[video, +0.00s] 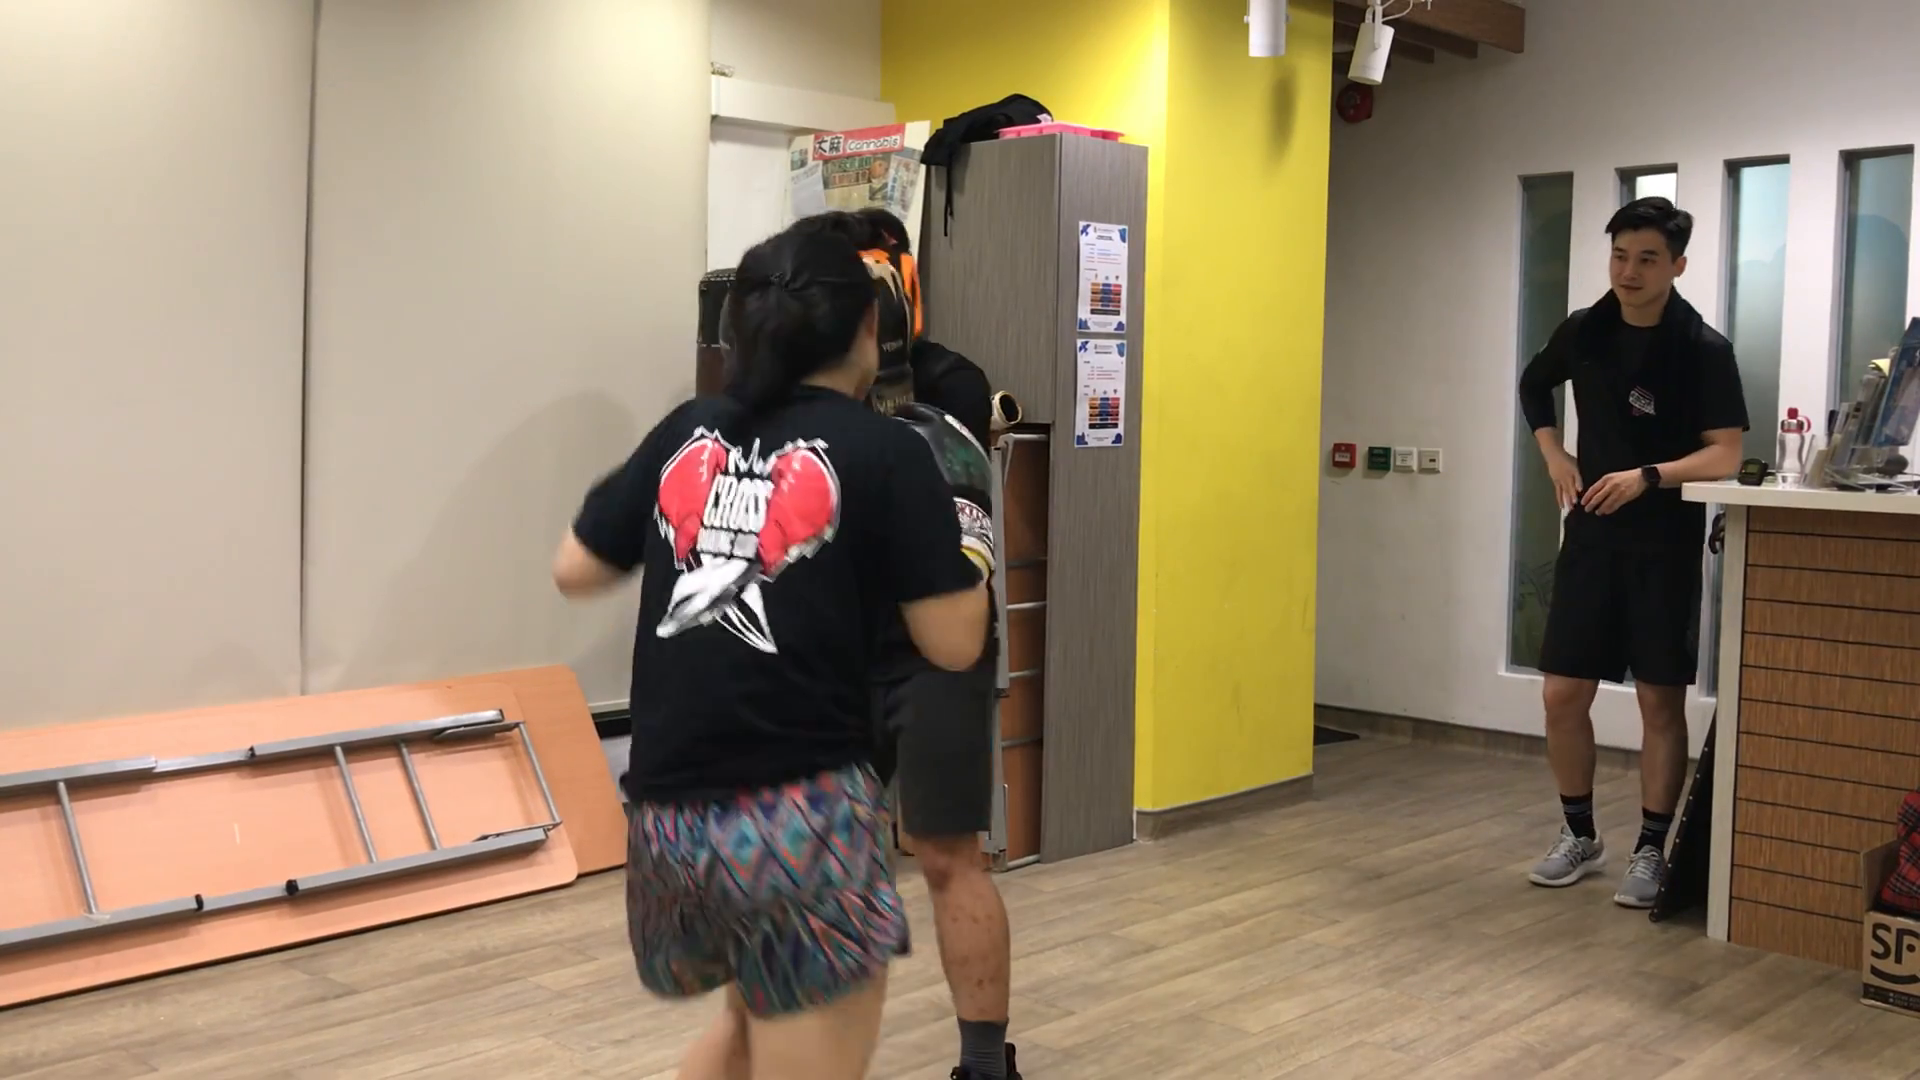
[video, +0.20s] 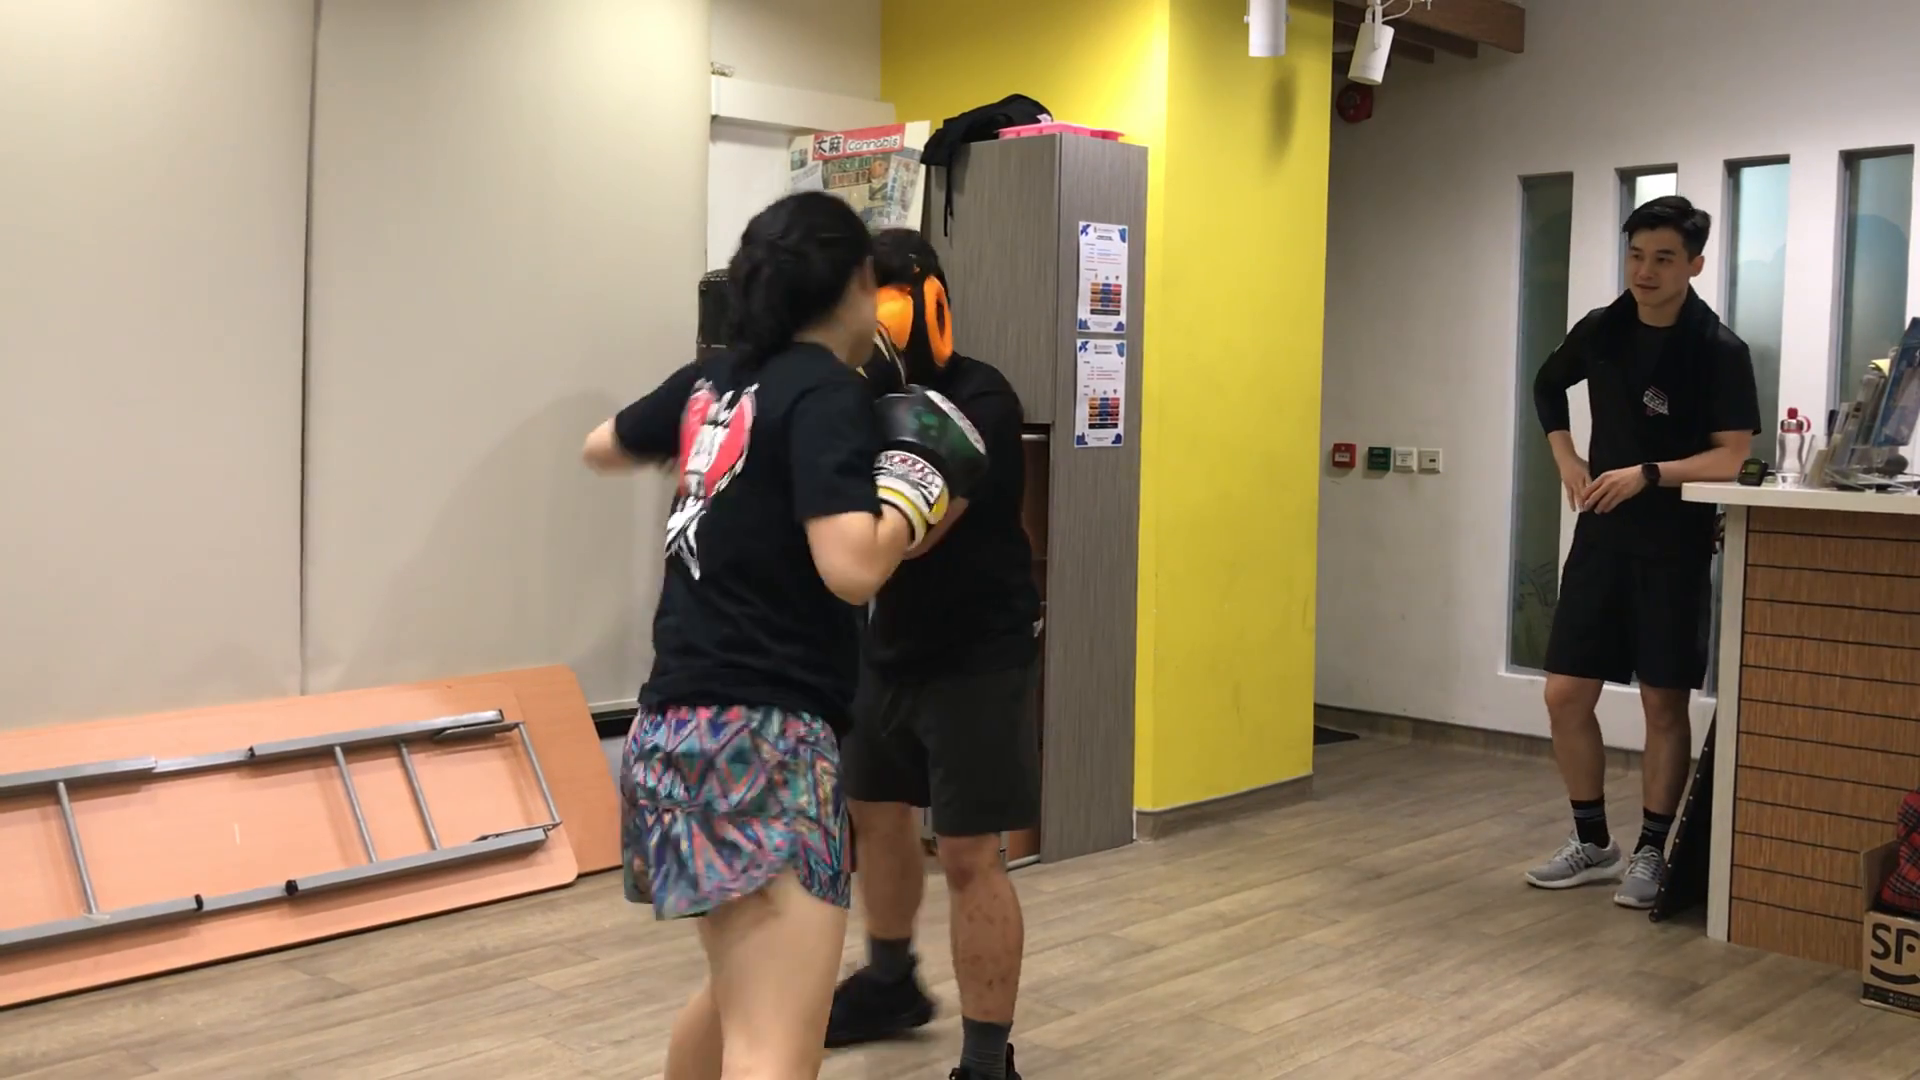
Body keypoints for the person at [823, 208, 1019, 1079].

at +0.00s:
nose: (860, 297)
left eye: (868, 274)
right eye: (847, 277)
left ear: (897, 279)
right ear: (823, 292)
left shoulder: (949, 386)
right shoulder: (796, 394)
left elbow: (966, 530)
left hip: (935, 653)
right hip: (827, 652)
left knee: (949, 857)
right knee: (817, 858)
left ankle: (985, 1060)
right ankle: (790, 1058)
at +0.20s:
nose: (880, 314)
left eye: (894, 295)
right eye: (871, 298)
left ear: (934, 301)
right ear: (858, 309)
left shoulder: (982, 397)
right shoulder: (857, 402)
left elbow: (916, 526)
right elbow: (839, 519)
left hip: (976, 654)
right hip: (885, 646)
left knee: (970, 855)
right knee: (876, 801)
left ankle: (987, 1061)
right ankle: (890, 981)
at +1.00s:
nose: (875, 386)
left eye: (881, 366)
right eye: (869, 369)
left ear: (931, 353)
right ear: (939, 350)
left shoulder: (1010, 420)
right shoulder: (948, 425)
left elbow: (957, 545)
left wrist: (884, 472)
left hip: (1037, 649)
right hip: (997, 646)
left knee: (955, 832)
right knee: (989, 820)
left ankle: (988, 1056)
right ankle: (1046, 980)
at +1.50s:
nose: (936, 354)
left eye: (945, 338)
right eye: (930, 341)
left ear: (994, 325)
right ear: (971, 339)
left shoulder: (1047, 393)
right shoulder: (987, 401)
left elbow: (973, 492)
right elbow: (949, 488)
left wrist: (924, 399)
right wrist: (896, 426)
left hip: (1071, 627)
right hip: (1019, 624)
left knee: (1027, 808)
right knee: (995, 784)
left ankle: (1013, 1032)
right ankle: (1066, 952)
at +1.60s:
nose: (949, 327)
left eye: (959, 311)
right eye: (944, 313)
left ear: (1009, 308)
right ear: (988, 318)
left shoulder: (1063, 385)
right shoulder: (996, 390)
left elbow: (997, 476)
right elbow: (934, 470)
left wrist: (955, 372)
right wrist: (894, 392)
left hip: (1067, 622)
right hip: (1014, 622)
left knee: (1034, 805)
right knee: (1007, 790)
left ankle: (1043, 1032)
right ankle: (1065, 954)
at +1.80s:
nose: (971, 332)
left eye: (983, 317)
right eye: (965, 321)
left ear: (1029, 314)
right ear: (977, 331)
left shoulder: (1086, 400)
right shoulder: (1001, 400)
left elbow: (1010, 493)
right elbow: (934, 465)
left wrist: (979, 391)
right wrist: (900, 398)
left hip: (1085, 632)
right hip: (1017, 629)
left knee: (1053, 806)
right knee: (992, 779)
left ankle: (1133, 1019)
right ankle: (1065, 953)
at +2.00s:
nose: (995, 397)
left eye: (1008, 382)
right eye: (989, 385)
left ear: (1053, 376)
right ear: (985, 392)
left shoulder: (1113, 441)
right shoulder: (995, 433)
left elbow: (1056, 541)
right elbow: (892, 482)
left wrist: (1024, 439)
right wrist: (906, 412)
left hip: (1120, 657)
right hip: (1039, 653)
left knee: (1086, 820)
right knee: (984, 788)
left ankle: (1145, 1038)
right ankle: (1063, 948)